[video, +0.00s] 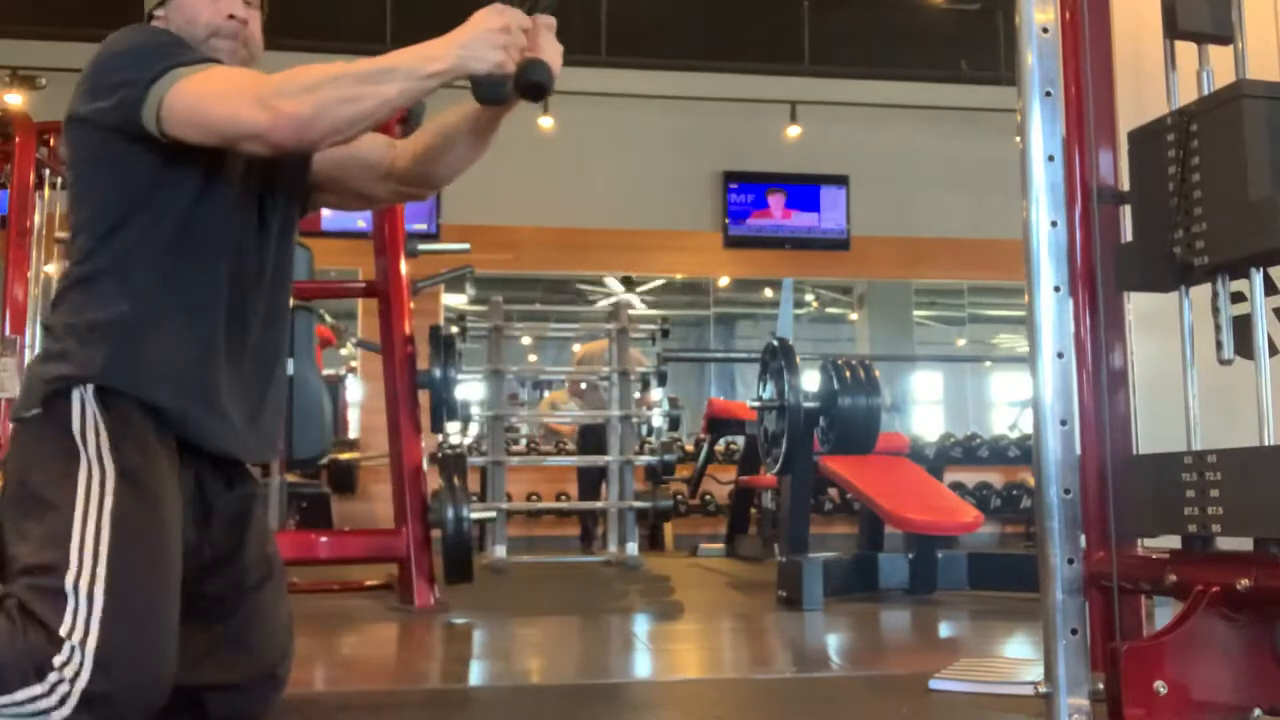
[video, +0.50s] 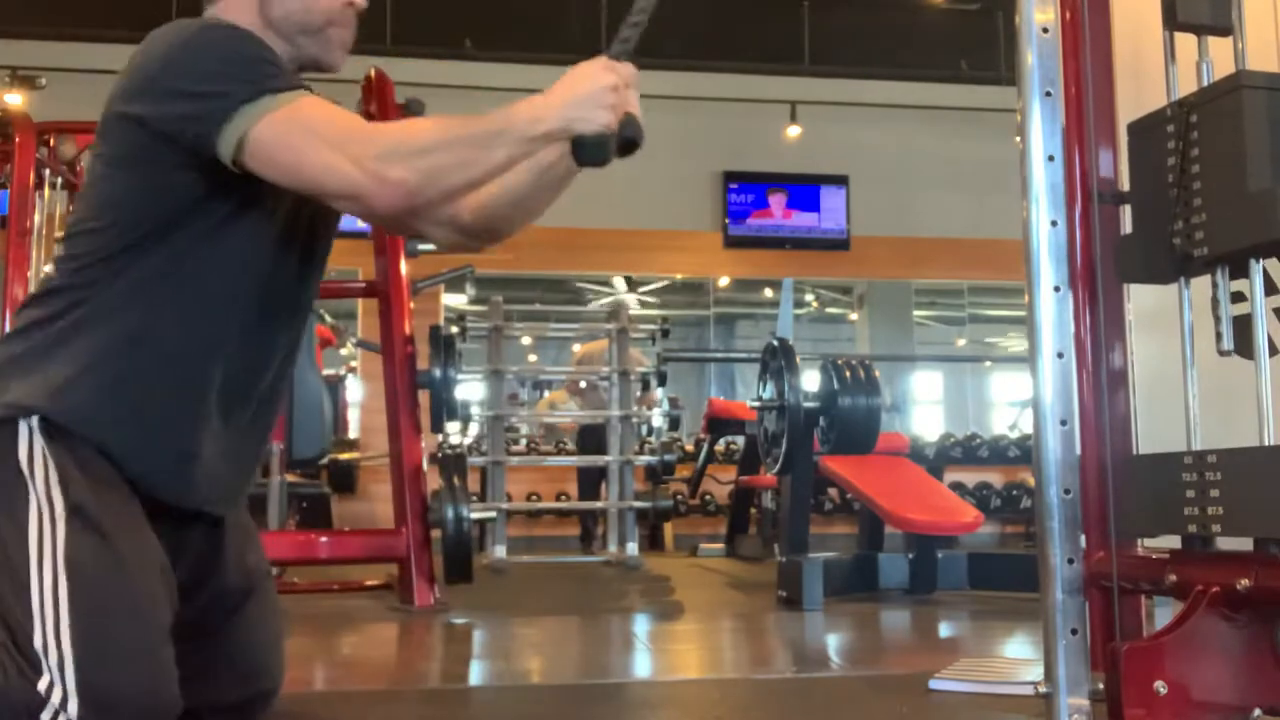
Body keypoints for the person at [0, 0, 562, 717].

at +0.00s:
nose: (244, 12)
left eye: (254, 5)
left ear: (264, 30)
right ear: (162, 6)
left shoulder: (269, 128)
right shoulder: (130, 59)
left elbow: (409, 167)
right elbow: (273, 114)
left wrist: (502, 92)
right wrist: (449, 52)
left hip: (219, 448)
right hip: (103, 411)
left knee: (239, 679)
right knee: (100, 676)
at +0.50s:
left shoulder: (300, 121)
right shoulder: (193, 56)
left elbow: (462, 220)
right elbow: (384, 175)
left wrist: (578, 142)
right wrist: (550, 108)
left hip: (197, 472)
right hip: (66, 441)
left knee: (237, 685)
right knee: (106, 700)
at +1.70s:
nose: (544, 442)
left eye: (557, 423)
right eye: (543, 413)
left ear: (488, 372)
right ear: (488, 370)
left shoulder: (448, 432)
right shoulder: (358, 388)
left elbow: (456, 583)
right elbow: (342, 620)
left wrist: (546, 617)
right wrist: (532, 615)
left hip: (170, 510)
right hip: (50, 461)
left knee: (252, 678)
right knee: (82, 703)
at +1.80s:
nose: (548, 459)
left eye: (561, 442)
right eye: (546, 431)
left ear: (493, 392)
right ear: (492, 389)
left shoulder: (449, 448)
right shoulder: (359, 406)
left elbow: (450, 607)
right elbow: (334, 643)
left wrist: (544, 641)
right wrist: (527, 638)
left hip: (164, 509)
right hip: (46, 459)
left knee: (247, 678)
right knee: (81, 701)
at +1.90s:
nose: (553, 474)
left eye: (566, 455)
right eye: (554, 446)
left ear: (500, 408)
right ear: (500, 409)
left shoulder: (451, 459)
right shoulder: (363, 421)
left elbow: (451, 617)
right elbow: (329, 659)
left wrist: (543, 650)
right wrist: (520, 655)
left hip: (170, 501)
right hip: (47, 452)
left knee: (238, 686)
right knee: (82, 702)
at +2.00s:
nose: (564, 482)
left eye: (577, 461)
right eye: (563, 451)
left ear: (506, 417)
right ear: (505, 415)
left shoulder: (458, 464)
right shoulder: (369, 427)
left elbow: (455, 625)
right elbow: (336, 667)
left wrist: (549, 646)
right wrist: (528, 662)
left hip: (168, 500)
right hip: (46, 449)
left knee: (238, 685)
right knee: (82, 703)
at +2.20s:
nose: (580, 471)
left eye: (592, 450)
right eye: (579, 443)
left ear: (521, 416)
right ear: (523, 415)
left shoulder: (475, 459)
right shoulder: (383, 429)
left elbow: (482, 622)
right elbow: (376, 671)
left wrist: (587, 650)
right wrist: (570, 657)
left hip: (165, 497)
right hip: (50, 450)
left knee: (240, 676)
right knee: (81, 697)